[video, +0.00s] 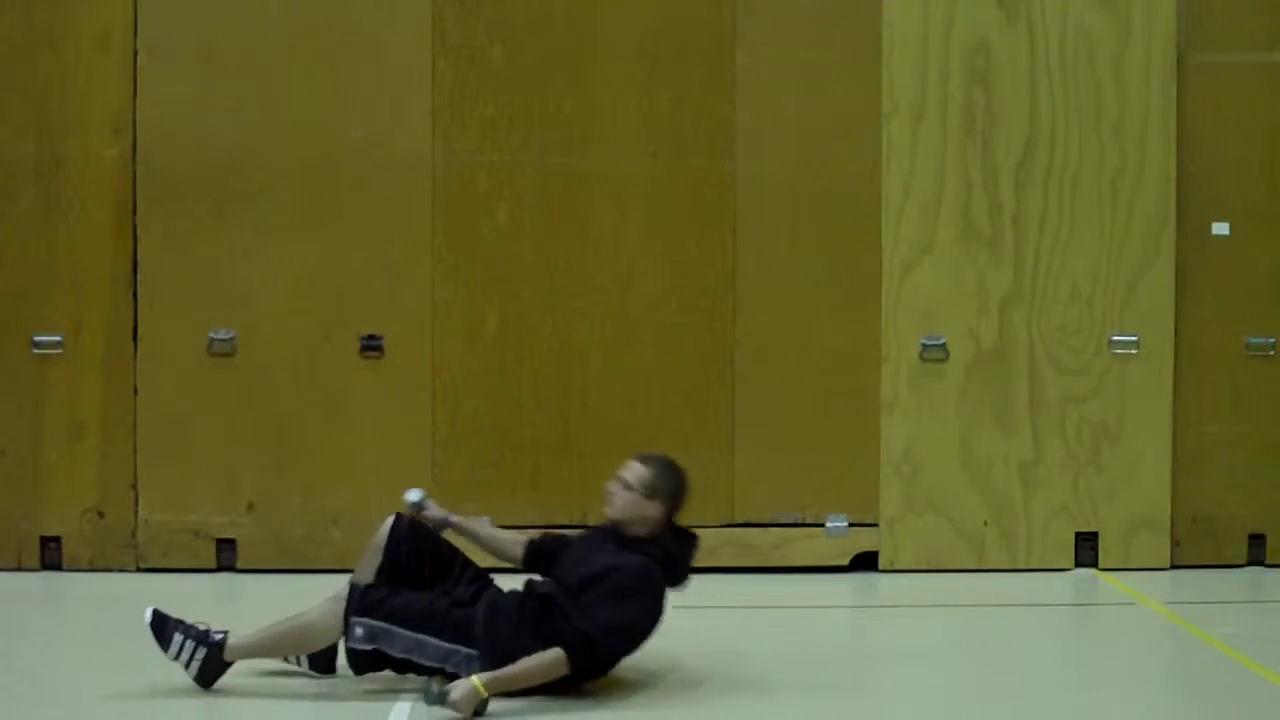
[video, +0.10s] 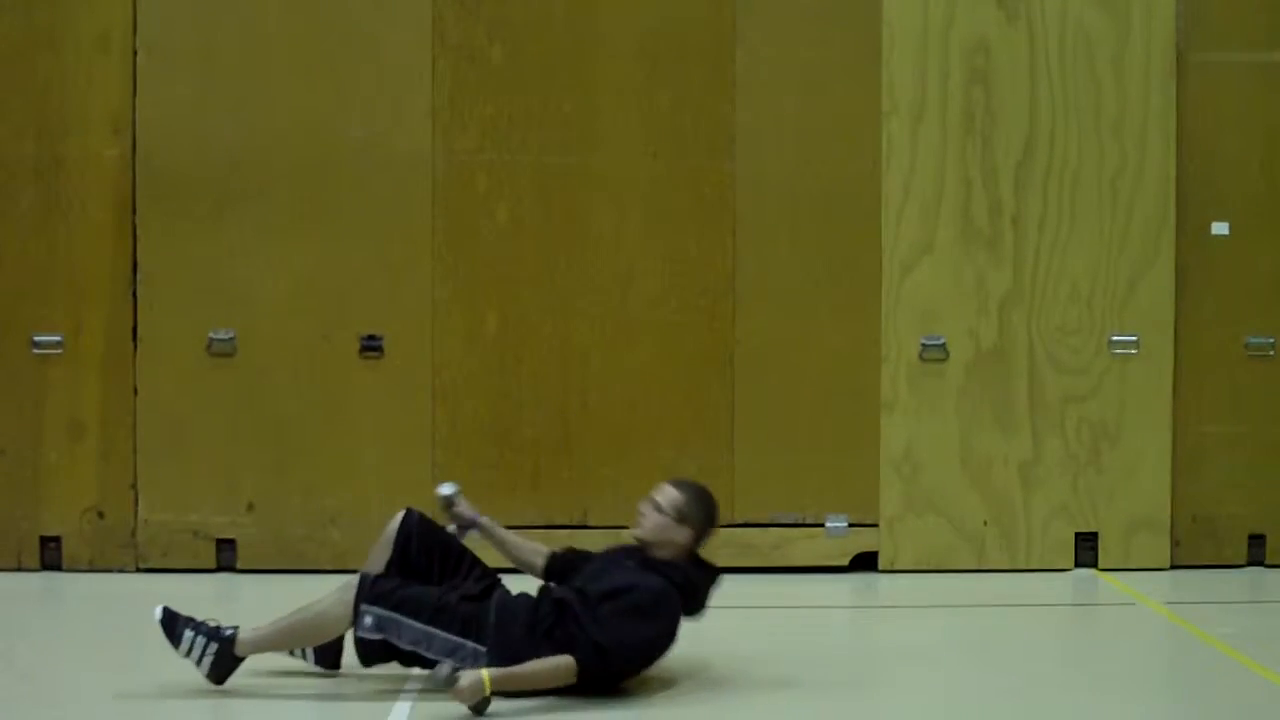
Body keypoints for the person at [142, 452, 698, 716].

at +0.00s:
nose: (612, 491)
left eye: (628, 488)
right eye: (617, 481)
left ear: (658, 513)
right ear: (622, 495)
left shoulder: (638, 586)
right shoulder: (602, 539)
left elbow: (570, 656)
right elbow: (516, 550)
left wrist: (486, 684)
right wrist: (447, 518)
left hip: (492, 646)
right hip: (490, 603)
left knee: (353, 605)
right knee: (396, 533)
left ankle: (218, 653)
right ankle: (343, 649)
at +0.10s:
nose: (644, 512)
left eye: (659, 512)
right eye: (649, 503)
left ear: (687, 537)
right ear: (652, 515)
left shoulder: (654, 605)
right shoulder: (632, 559)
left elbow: (582, 664)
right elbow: (550, 565)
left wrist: (493, 680)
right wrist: (480, 524)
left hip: (493, 640)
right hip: (499, 600)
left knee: (363, 599)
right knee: (406, 528)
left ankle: (229, 650)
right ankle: (335, 645)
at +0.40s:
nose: (709, 563)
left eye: (724, 566)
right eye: (717, 558)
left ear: (739, 597)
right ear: (716, 575)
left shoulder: (696, 642)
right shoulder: (681, 604)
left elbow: (597, 677)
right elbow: (592, 594)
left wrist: (536, 617)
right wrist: (554, 524)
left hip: (519, 647)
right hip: (534, 610)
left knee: (409, 544)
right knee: (435, 506)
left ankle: (307, 641)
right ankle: (368, 621)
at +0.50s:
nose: (719, 566)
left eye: (735, 571)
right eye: (727, 561)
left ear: (746, 604)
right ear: (724, 577)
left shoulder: (693, 641)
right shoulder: (689, 610)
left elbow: (600, 672)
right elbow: (598, 597)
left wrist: (560, 591)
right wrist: (577, 530)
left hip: (515, 643)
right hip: (532, 609)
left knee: (421, 533)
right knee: (438, 504)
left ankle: (338, 647)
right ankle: (388, 627)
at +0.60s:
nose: (731, 547)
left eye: (745, 552)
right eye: (740, 542)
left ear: (754, 583)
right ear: (741, 564)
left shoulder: (703, 620)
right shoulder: (702, 593)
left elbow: (604, 645)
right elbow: (615, 593)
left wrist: (592, 547)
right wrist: (601, 521)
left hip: (521, 617)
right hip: (537, 589)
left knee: (434, 506)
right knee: (440, 486)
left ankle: (367, 632)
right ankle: (392, 613)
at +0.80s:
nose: (743, 544)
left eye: (756, 550)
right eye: (752, 541)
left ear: (760, 584)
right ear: (750, 570)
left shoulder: (712, 611)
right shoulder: (710, 588)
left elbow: (607, 641)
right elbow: (622, 612)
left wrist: (624, 551)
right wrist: (623, 539)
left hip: (523, 604)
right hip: (538, 578)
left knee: (434, 489)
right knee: (439, 472)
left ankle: (370, 618)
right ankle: (390, 601)